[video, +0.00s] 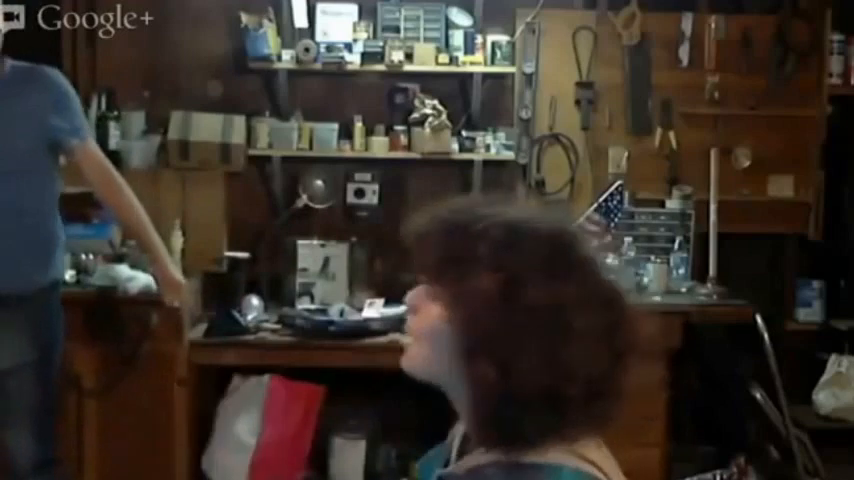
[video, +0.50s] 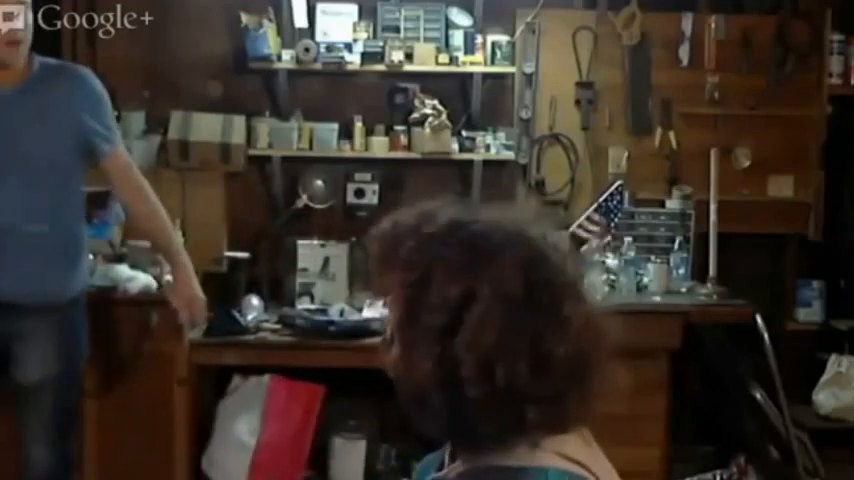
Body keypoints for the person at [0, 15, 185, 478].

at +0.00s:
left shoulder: (39, 87)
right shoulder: (38, 88)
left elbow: (103, 180)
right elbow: (104, 181)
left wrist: (164, 267)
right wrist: (166, 267)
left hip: (25, 291)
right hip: (24, 291)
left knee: (25, 438)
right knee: (25, 437)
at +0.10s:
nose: (5, 24)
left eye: (7, 15)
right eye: (2, 15)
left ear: (16, 23)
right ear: (4, 26)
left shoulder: (47, 88)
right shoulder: (44, 89)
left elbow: (111, 183)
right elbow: (111, 184)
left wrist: (169, 265)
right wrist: (169, 266)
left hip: (31, 298)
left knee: (27, 448)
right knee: (25, 447)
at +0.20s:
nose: (8, 28)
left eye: (12, 16)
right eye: (3, 17)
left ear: (22, 24)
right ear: (2, 28)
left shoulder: (58, 90)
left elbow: (119, 183)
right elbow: (119, 183)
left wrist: (176, 265)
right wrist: (175, 266)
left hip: (38, 304)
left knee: (33, 453)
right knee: (30, 450)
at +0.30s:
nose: (8, 28)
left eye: (12, 16)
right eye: (3, 17)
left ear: (22, 24)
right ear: (1, 28)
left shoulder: (58, 90)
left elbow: (119, 183)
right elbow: (119, 183)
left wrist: (176, 265)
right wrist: (175, 266)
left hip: (38, 304)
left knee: (33, 453)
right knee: (30, 450)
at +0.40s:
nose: (12, 23)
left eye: (18, 11)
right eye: (3, 13)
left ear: (32, 18)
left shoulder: (72, 88)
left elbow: (128, 183)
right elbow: (128, 184)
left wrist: (180, 264)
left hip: (46, 303)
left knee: (44, 455)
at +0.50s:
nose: (12, 23)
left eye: (18, 11)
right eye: (3, 13)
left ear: (32, 18)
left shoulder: (72, 88)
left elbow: (129, 184)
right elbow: (129, 184)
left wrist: (181, 265)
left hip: (46, 303)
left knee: (44, 455)